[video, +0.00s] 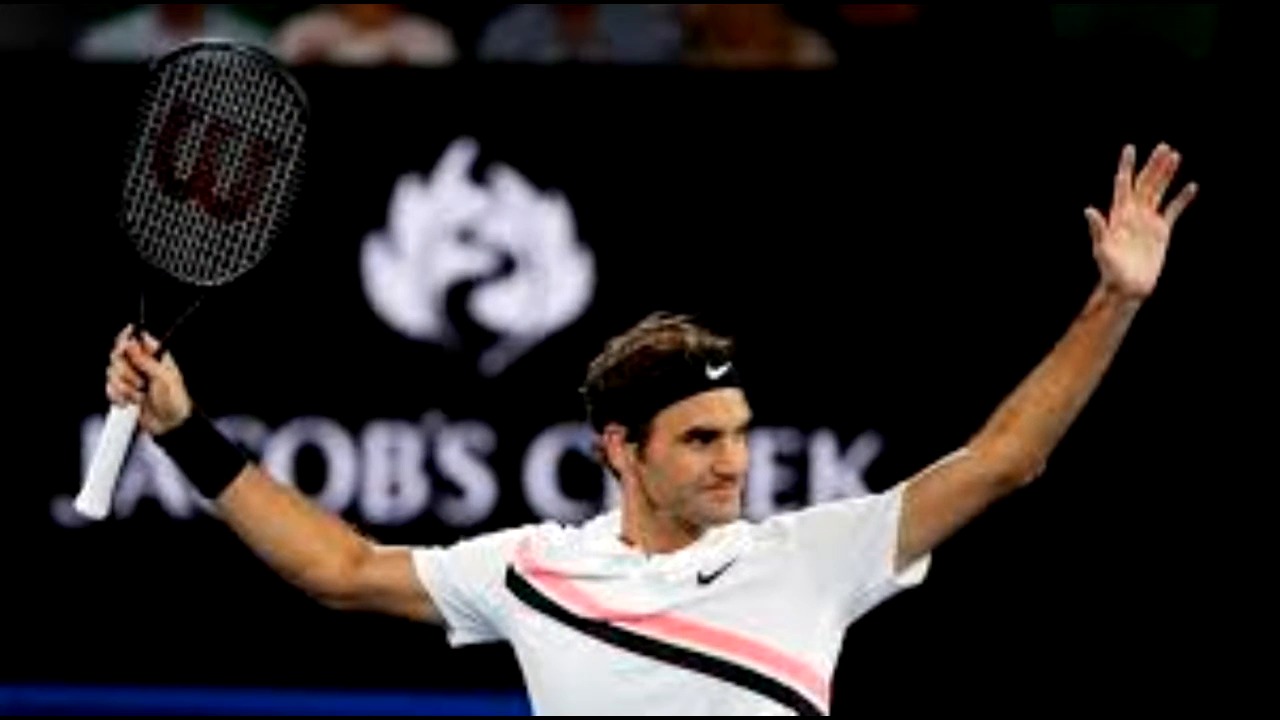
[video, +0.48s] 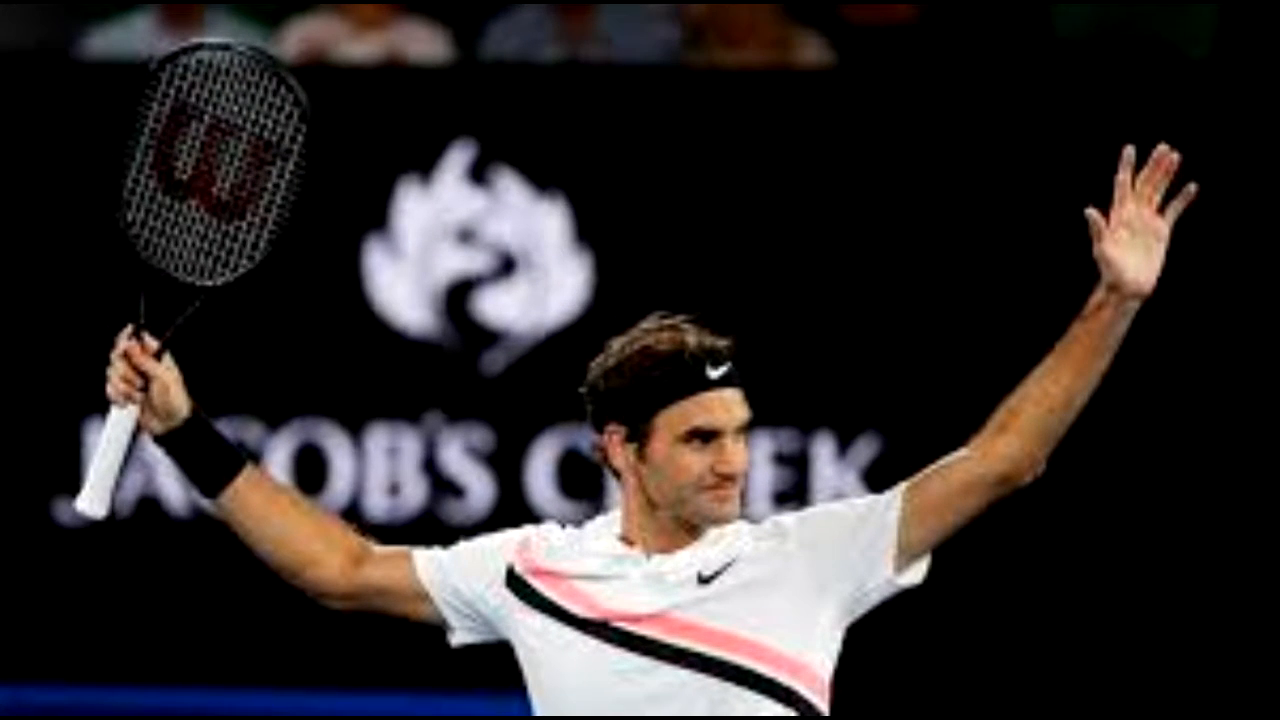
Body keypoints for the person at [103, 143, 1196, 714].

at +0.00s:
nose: (731, 464)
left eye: (739, 437)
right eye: (701, 441)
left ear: (750, 442)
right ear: (620, 455)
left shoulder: (815, 552)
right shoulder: (529, 573)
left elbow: (1005, 456)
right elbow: (335, 568)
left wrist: (1116, 300)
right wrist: (184, 429)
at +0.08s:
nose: (731, 464)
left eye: (739, 437)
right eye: (700, 441)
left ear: (750, 442)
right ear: (620, 455)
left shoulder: (815, 552)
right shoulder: (529, 573)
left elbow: (1005, 456)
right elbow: (335, 568)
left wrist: (1116, 300)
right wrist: (183, 429)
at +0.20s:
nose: (731, 464)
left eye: (739, 437)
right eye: (700, 441)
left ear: (750, 442)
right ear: (620, 455)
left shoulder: (815, 552)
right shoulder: (529, 573)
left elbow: (1005, 456)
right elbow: (335, 568)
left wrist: (1116, 300)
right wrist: (183, 429)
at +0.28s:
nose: (731, 464)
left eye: (739, 437)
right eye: (700, 441)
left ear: (750, 442)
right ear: (620, 455)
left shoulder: (815, 552)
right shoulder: (529, 573)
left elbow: (1005, 456)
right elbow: (335, 568)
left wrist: (1116, 300)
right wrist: (183, 429)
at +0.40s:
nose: (731, 464)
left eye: (739, 437)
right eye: (700, 441)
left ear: (750, 442)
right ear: (620, 455)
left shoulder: (815, 552)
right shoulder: (529, 573)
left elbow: (1005, 456)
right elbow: (335, 568)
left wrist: (1116, 299)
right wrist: (183, 429)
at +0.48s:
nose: (731, 464)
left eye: (739, 437)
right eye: (700, 441)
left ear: (750, 442)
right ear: (620, 455)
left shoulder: (815, 552)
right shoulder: (529, 573)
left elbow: (1005, 456)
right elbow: (335, 568)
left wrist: (1116, 300)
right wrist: (183, 429)